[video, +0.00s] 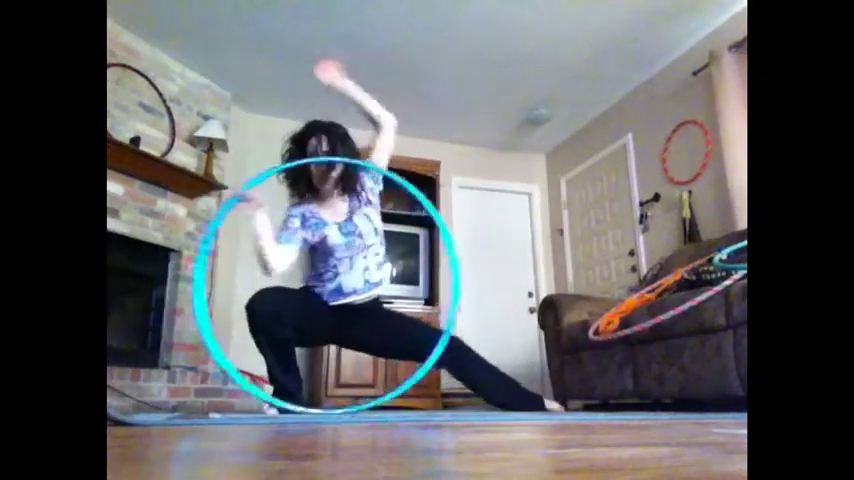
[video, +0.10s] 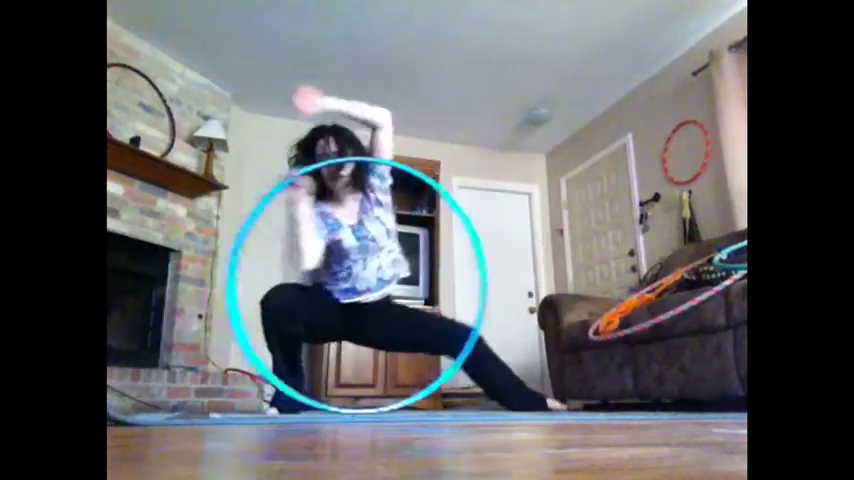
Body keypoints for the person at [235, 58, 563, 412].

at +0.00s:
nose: (321, 165)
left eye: (328, 156)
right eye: (312, 158)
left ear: (343, 159)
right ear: (302, 165)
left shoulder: (366, 186)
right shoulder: (302, 214)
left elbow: (387, 125)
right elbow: (274, 264)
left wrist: (342, 83)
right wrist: (257, 215)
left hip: (365, 314)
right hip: (319, 313)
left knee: (447, 346)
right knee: (263, 307)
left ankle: (538, 410)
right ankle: (290, 402)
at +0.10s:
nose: (338, 167)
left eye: (343, 157)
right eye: (328, 161)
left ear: (356, 159)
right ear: (315, 169)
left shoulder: (376, 189)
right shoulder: (314, 211)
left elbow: (382, 121)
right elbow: (308, 263)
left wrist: (326, 103)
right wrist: (300, 205)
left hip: (378, 311)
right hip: (330, 309)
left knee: (463, 339)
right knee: (279, 302)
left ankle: (537, 410)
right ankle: (289, 402)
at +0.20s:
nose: (323, 181)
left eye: (328, 173)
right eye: (320, 175)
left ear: (351, 169)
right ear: (324, 178)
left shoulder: (387, 187)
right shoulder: (335, 208)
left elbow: (394, 125)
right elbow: (335, 255)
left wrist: (332, 121)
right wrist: (338, 197)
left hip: (387, 311)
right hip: (341, 308)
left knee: (470, 332)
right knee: (289, 301)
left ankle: (532, 405)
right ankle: (292, 400)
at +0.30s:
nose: (366, 175)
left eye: (370, 167)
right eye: (357, 171)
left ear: (382, 167)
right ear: (348, 178)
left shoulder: (402, 191)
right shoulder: (350, 215)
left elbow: (412, 132)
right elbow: (369, 251)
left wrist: (352, 133)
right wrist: (373, 198)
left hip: (402, 311)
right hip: (354, 310)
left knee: (477, 327)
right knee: (304, 301)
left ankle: (530, 402)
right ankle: (294, 399)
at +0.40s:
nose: (391, 180)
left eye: (395, 172)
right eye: (382, 176)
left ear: (407, 171)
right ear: (377, 187)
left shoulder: (426, 201)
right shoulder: (382, 221)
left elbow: (453, 141)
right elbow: (412, 247)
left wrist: (400, 146)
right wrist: (428, 197)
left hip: (423, 309)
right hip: (375, 304)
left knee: (496, 319)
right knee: (320, 307)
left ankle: (531, 401)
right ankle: (294, 402)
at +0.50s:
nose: (413, 184)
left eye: (414, 176)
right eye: (405, 181)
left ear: (427, 174)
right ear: (396, 189)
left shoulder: (451, 192)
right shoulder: (400, 222)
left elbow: (486, 148)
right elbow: (439, 252)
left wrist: (439, 155)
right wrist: (456, 198)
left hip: (438, 308)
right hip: (390, 306)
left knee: (510, 316)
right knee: (336, 311)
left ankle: (533, 403)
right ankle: (290, 403)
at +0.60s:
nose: (452, 196)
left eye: (455, 187)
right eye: (442, 191)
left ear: (467, 184)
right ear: (433, 197)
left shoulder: (486, 199)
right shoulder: (438, 232)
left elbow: (536, 161)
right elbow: (484, 263)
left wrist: (497, 160)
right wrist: (529, 223)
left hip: (468, 307)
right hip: (417, 307)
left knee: (538, 315)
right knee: (361, 321)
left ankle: (535, 402)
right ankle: (287, 406)